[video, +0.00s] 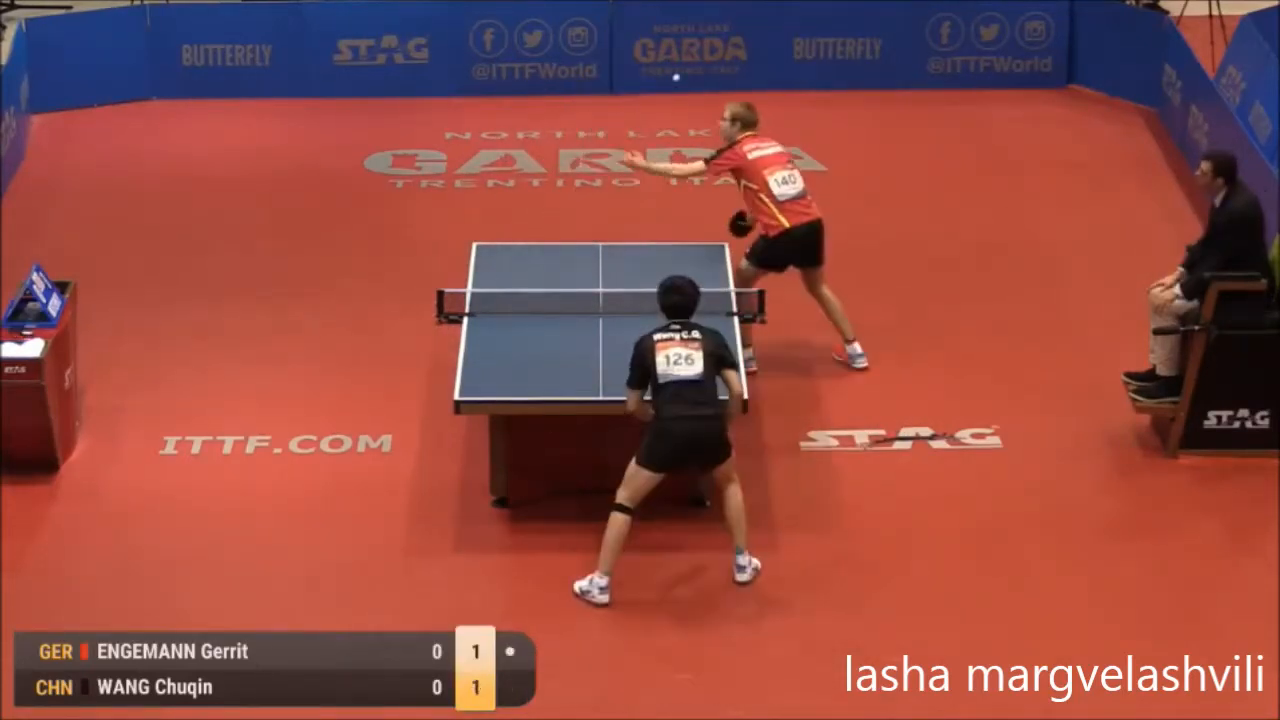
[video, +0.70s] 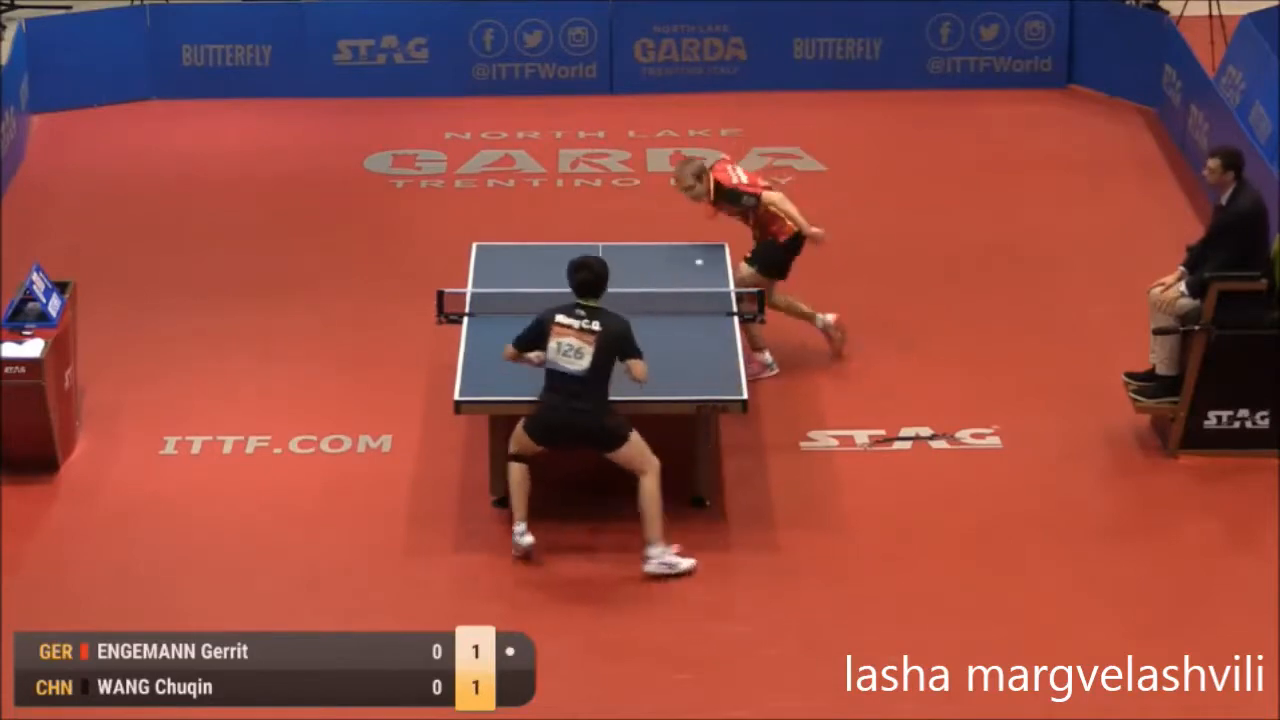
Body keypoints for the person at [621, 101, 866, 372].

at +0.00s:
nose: (719, 126)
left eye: (723, 121)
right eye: (721, 120)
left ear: (737, 126)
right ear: (749, 126)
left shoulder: (735, 152)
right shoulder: (771, 143)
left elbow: (685, 171)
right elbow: (778, 185)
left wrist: (645, 165)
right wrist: (753, 215)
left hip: (779, 234)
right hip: (812, 226)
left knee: (741, 280)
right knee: (817, 286)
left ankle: (745, 353)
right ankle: (855, 348)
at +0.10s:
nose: (724, 121)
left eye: (729, 116)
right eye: (727, 115)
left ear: (742, 123)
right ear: (755, 123)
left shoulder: (738, 151)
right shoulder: (779, 143)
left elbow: (692, 180)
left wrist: (648, 187)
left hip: (780, 232)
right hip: (813, 225)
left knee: (741, 282)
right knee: (820, 285)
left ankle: (746, 354)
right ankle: (855, 348)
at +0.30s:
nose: (730, 121)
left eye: (735, 117)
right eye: (733, 116)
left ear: (746, 125)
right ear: (759, 125)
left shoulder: (740, 156)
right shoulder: (783, 144)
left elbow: (728, 201)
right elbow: (827, 166)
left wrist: (708, 241)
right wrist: (854, 177)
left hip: (785, 230)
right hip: (818, 222)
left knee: (741, 282)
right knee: (823, 284)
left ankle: (744, 352)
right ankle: (855, 348)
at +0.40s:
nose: (726, 137)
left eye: (729, 133)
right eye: (727, 132)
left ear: (739, 138)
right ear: (757, 138)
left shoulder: (741, 169)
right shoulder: (780, 151)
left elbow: (747, 208)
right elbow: (826, 156)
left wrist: (748, 250)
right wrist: (820, 144)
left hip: (791, 236)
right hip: (822, 228)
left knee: (738, 276)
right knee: (818, 288)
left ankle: (753, 347)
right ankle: (853, 349)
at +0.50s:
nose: (717, 160)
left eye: (718, 155)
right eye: (717, 155)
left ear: (728, 155)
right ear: (745, 150)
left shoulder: (740, 181)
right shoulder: (773, 156)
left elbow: (753, 213)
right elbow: (800, 135)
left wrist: (763, 253)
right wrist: (793, 136)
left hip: (791, 246)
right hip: (821, 237)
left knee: (737, 274)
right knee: (809, 293)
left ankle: (765, 344)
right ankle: (851, 349)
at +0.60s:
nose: (692, 194)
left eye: (692, 188)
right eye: (689, 189)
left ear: (707, 181)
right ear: (709, 177)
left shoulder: (730, 194)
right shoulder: (734, 165)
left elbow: (767, 213)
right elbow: (737, 149)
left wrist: (788, 251)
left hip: (789, 244)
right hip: (810, 234)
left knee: (739, 284)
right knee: (791, 297)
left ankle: (761, 357)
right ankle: (842, 342)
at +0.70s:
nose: (688, 196)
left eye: (690, 189)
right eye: (684, 191)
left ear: (703, 179)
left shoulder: (729, 190)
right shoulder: (718, 170)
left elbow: (775, 197)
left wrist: (805, 228)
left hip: (780, 237)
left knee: (737, 289)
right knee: (766, 298)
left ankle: (762, 358)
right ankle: (822, 322)